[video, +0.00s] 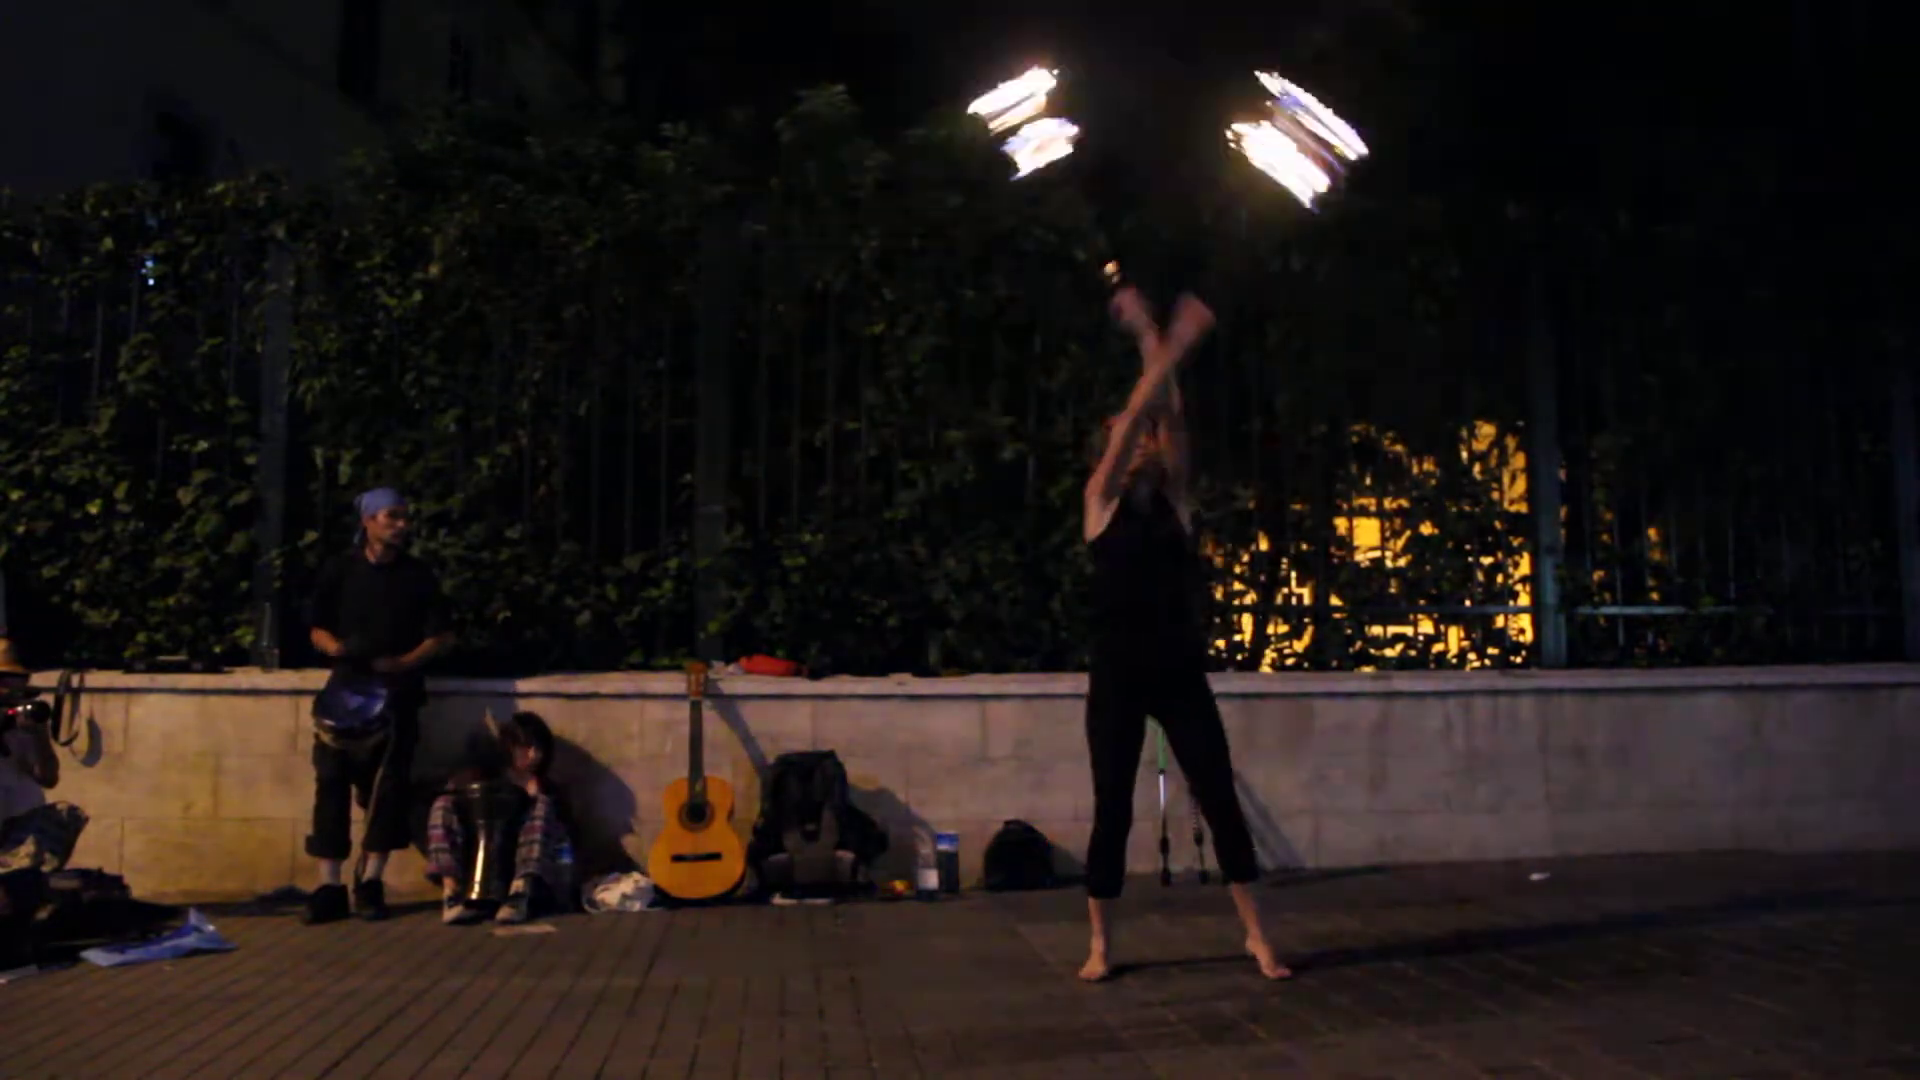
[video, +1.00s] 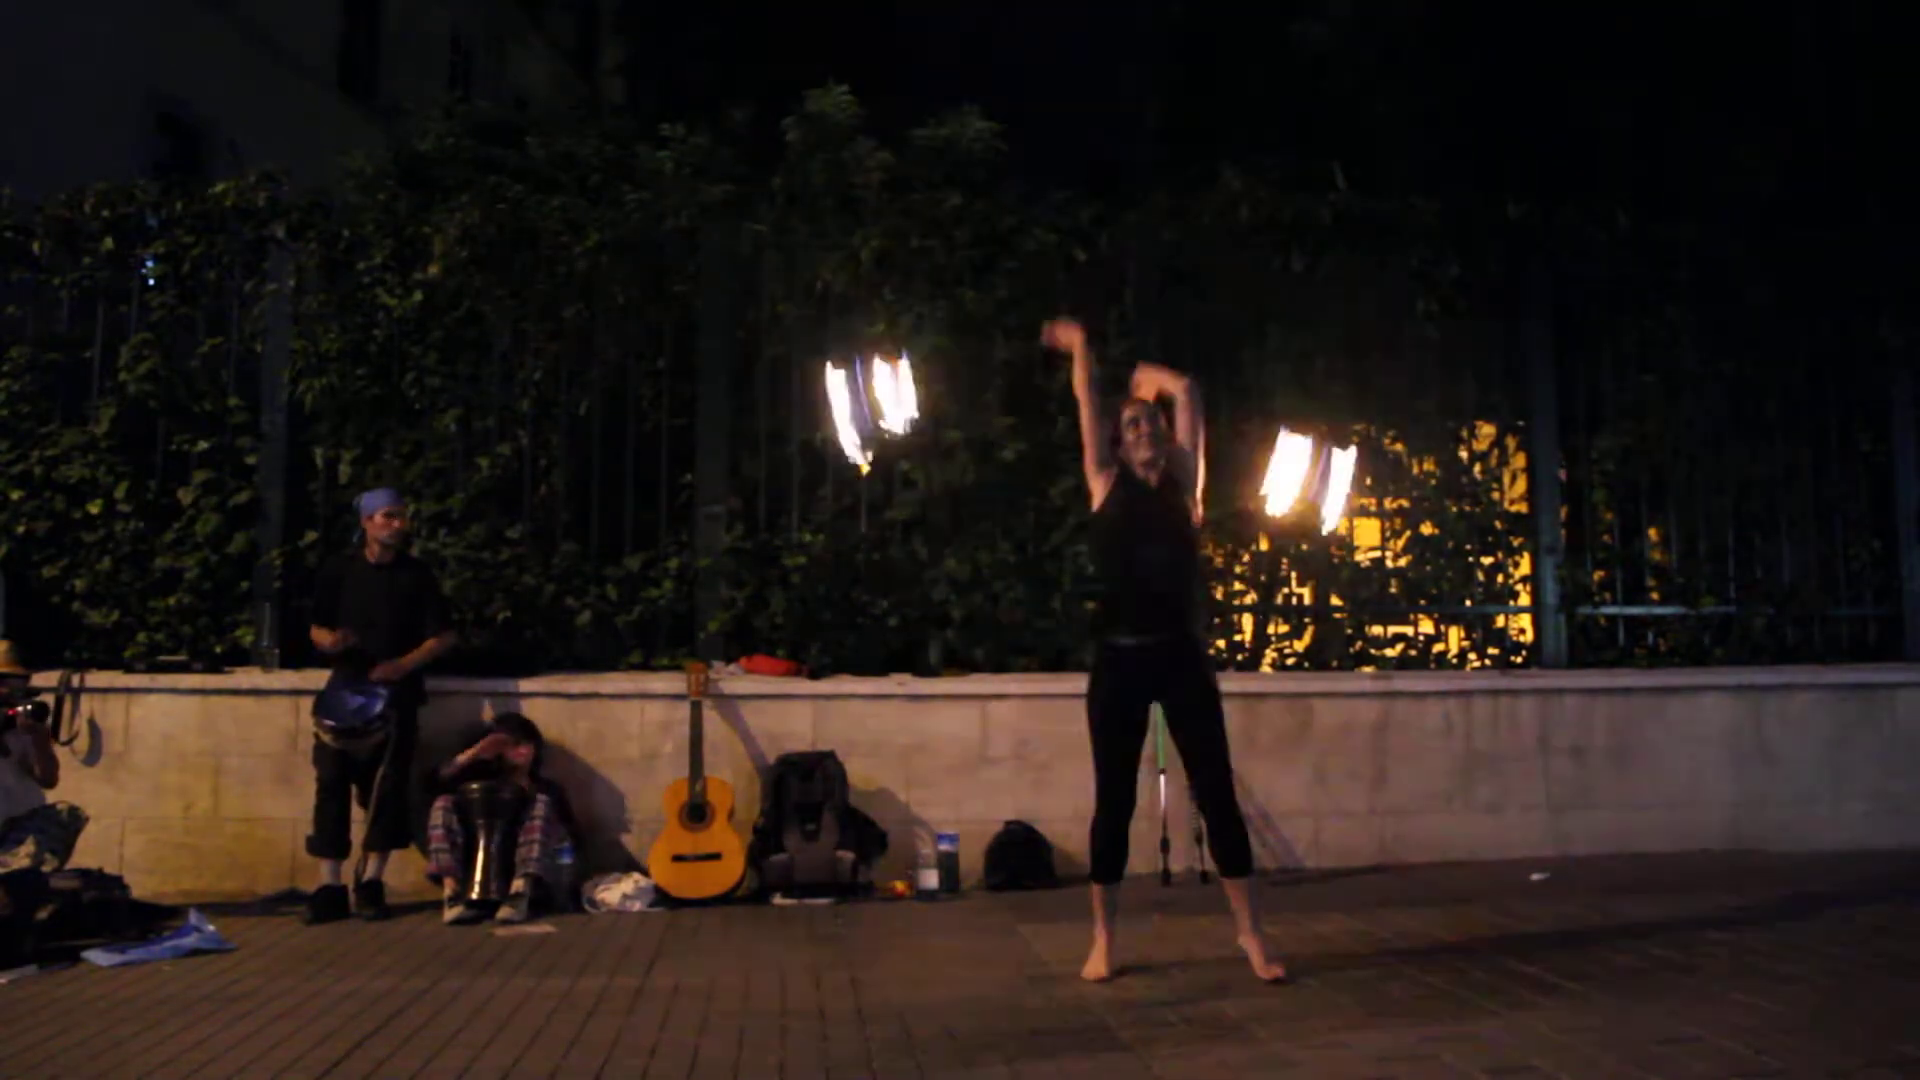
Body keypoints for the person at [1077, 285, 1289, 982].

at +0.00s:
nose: (1147, 441)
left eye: (1156, 433)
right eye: (1136, 434)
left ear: (1170, 448)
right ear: (1115, 450)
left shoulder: (1175, 500)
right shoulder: (1103, 504)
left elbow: (1172, 418)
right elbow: (1128, 424)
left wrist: (1145, 333)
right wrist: (1175, 346)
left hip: (1182, 673)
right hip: (1118, 677)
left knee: (1221, 803)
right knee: (1113, 811)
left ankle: (1255, 934)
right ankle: (1099, 943)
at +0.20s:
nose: (1113, 460)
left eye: (1119, 455)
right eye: (1102, 454)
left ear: (1129, 466)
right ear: (1079, 468)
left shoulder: (1150, 512)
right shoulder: (1075, 523)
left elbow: (1161, 442)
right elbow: (1111, 490)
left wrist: (1139, 383)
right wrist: (1191, 466)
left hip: (1165, 689)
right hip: (1100, 693)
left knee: (1214, 812)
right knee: (1103, 825)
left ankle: (1253, 941)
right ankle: (1100, 951)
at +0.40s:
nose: (1109, 448)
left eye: (1114, 440)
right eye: (1096, 441)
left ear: (1126, 452)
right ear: (1075, 457)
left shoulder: (1148, 500)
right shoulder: (1073, 512)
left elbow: (1172, 416)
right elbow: (1058, 444)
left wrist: (1164, 333)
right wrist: (1106, 404)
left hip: (1163, 675)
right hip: (1099, 681)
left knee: (1205, 804)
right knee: (1105, 815)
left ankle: (1244, 933)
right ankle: (1099, 943)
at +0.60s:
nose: (1108, 459)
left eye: (1116, 452)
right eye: (1098, 452)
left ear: (1131, 462)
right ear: (1084, 465)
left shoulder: (1151, 508)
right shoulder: (1077, 515)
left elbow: (1160, 422)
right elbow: (1076, 416)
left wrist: (1107, 362)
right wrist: (1116, 351)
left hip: (1161, 680)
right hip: (1097, 685)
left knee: (1206, 806)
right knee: (1104, 819)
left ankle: (1244, 930)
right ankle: (1098, 944)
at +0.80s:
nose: (1119, 456)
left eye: (1127, 448)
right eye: (1109, 450)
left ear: (1143, 460)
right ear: (1094, 464)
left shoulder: (1162, 511)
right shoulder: (1085, 512)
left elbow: (1165, 429)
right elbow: (1070, 420)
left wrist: (1120, 411)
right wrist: (1089, 373)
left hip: (1165, 675)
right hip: (1101, 679)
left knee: (1211, 804)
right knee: (1104, 817)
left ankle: (1245, 929)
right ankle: (1099, 943)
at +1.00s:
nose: (1143, 436)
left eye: (1150, 428)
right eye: (1132, 429)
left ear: (1167, 439)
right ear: (1117, 443)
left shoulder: (1182, 488)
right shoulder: (1105, 486)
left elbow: (1188, 392)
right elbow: (1087, 406)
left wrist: (1145, 375)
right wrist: (1079, 346)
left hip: (1182, 657)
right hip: (1119, 660)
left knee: (1217, 795)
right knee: (1114, 801)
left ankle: (1249, 934)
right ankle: (1102, 939)